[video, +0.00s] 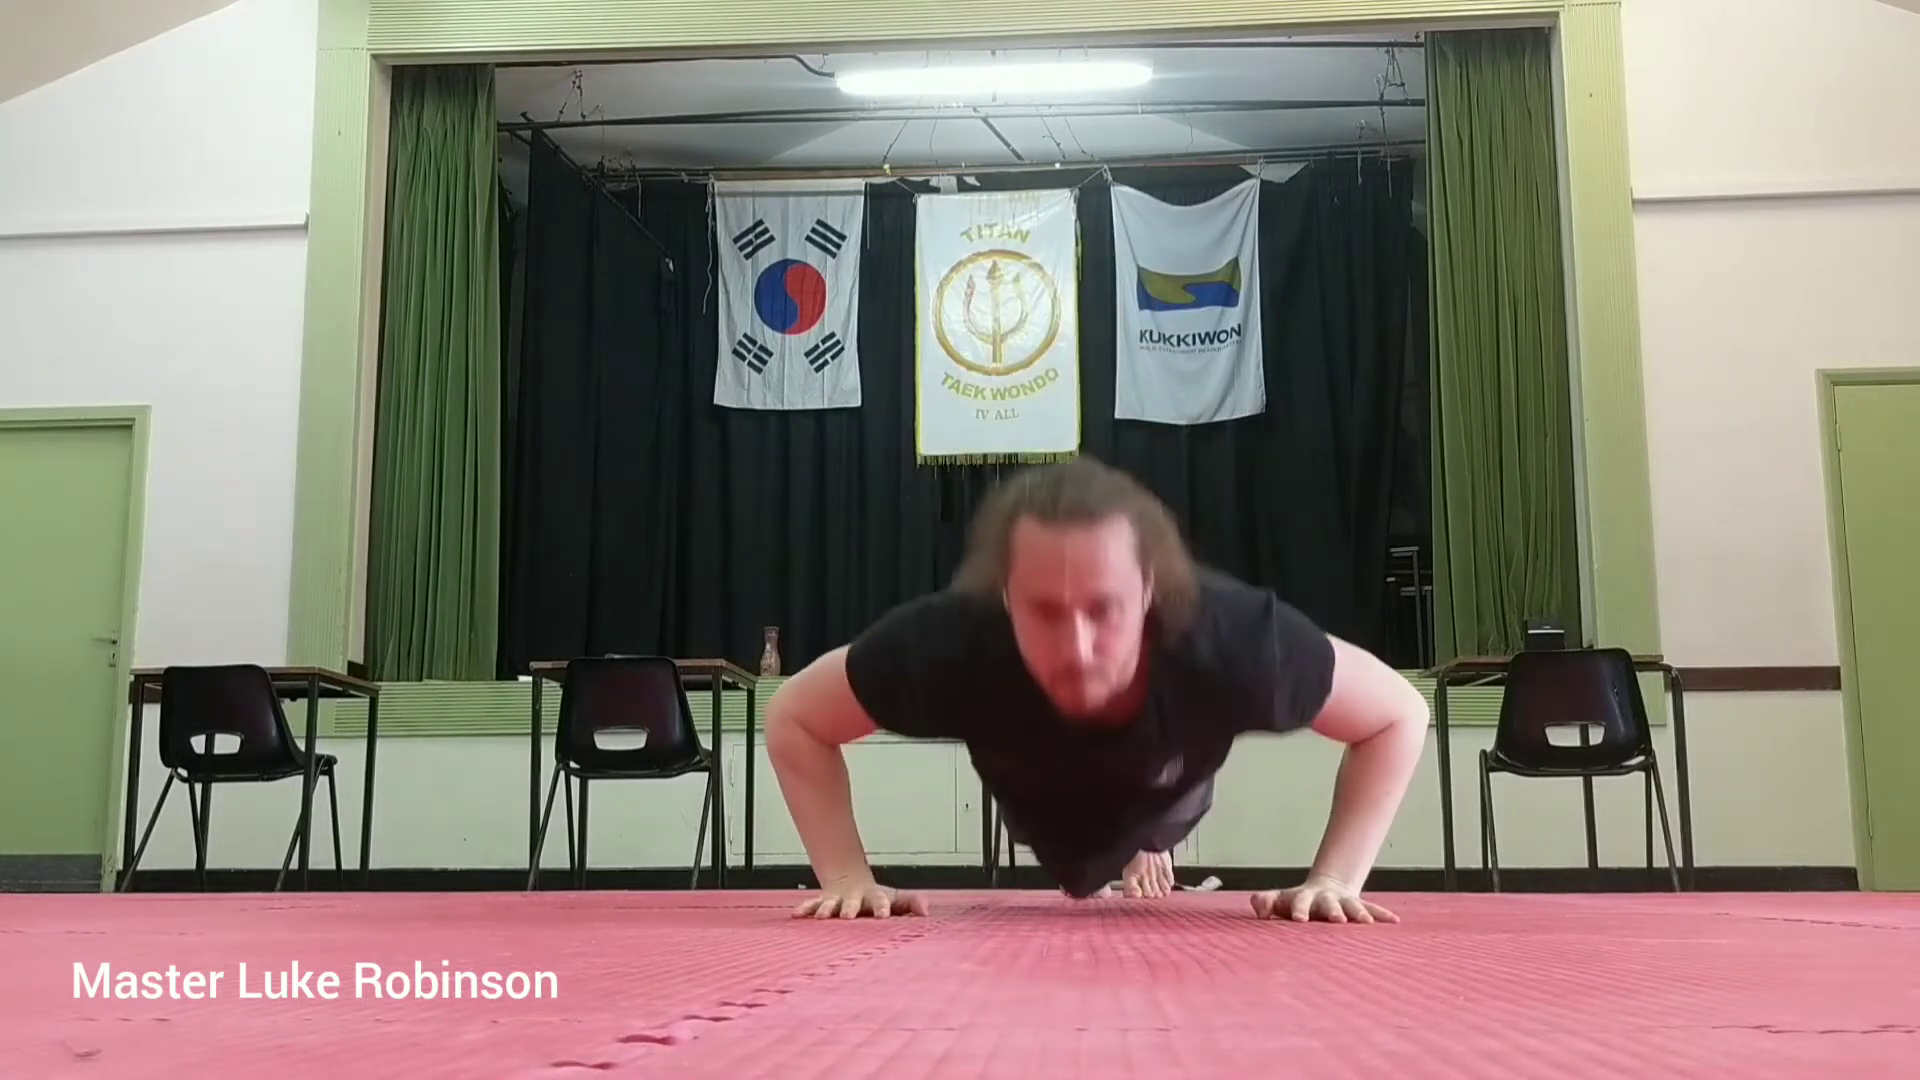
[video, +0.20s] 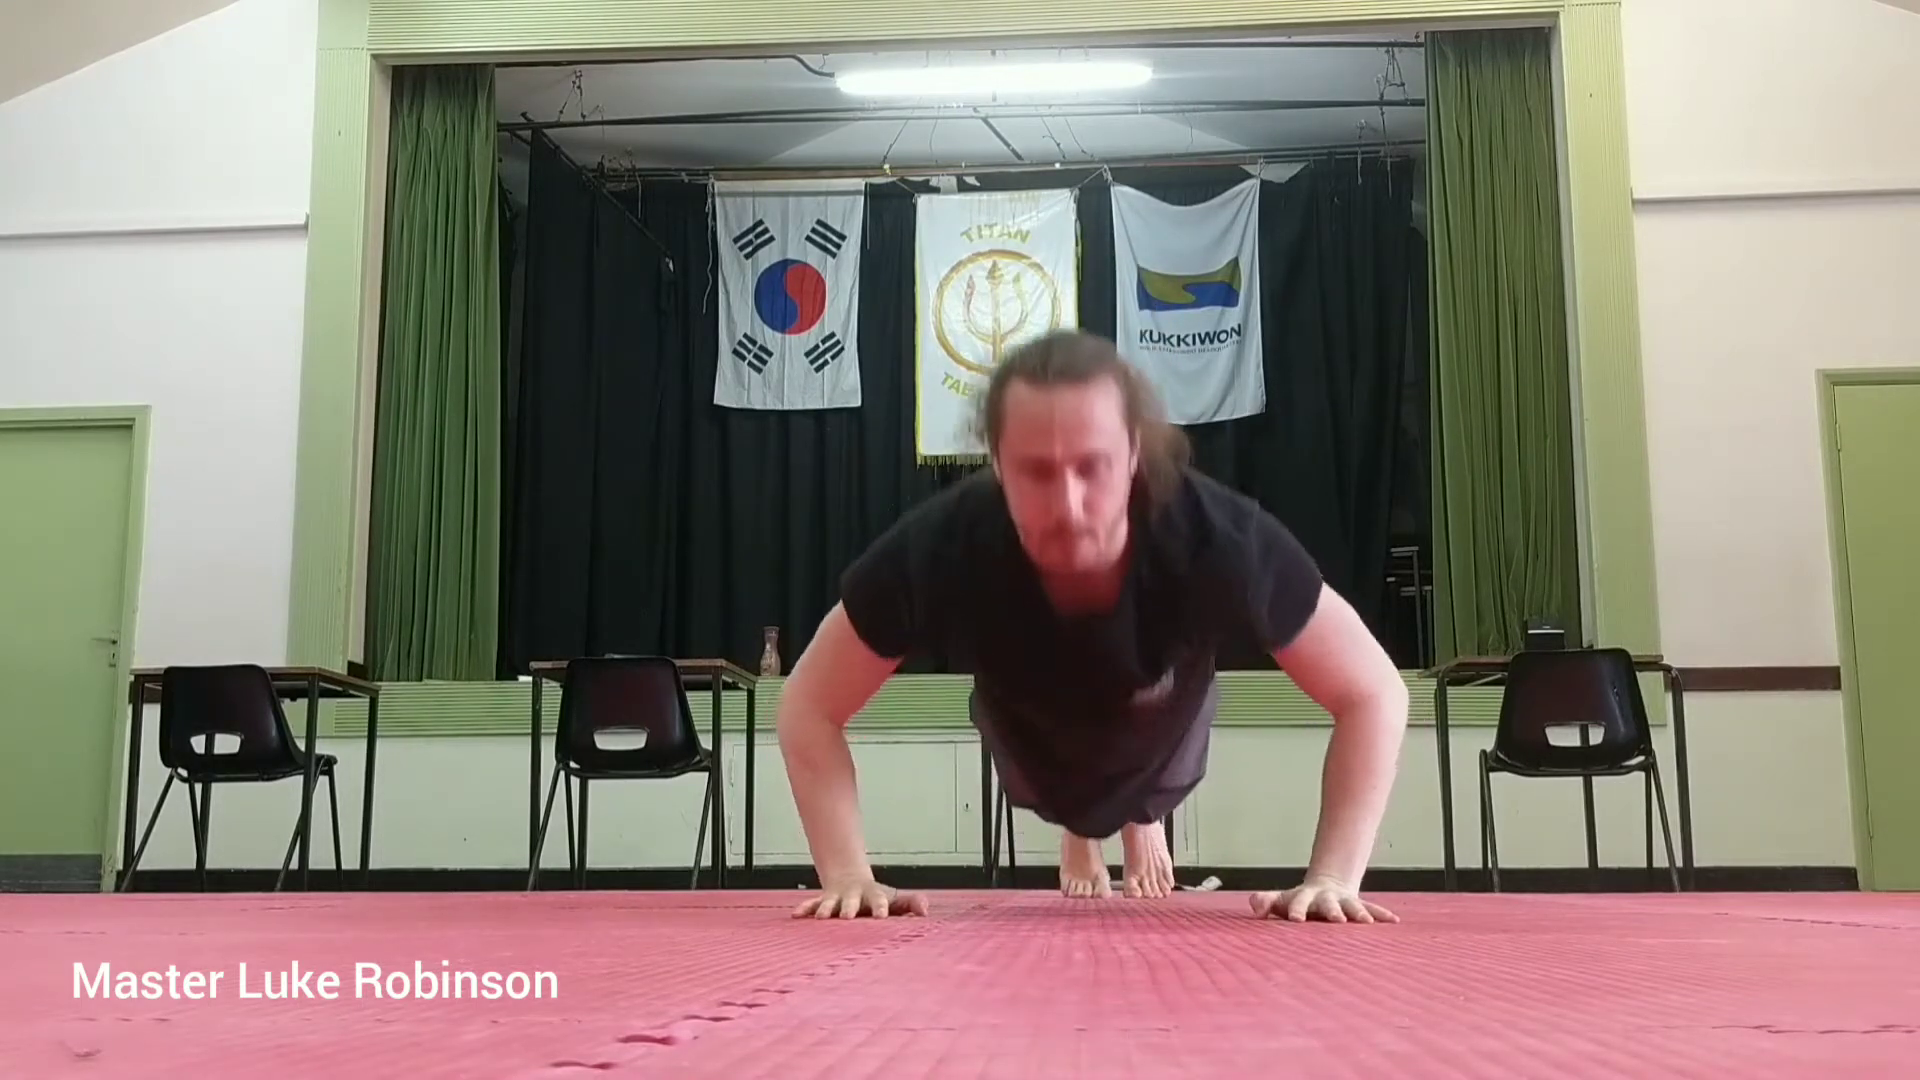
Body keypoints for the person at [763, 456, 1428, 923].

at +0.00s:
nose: (1079, 647)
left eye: (1103, 613)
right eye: (1048, 615)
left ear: (1151, 595)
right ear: (1007, 603)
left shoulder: (1236, 643)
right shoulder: (953, 645)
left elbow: (1399, 716)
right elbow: (796, 723)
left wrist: (1336, 879)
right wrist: (846, 877)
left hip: (1170, 795)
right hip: (1042, 805)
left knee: (1160, 831)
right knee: (1082, 865)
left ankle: (1152, 861)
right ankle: (1110, 875)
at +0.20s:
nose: (1069, 506)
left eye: (1091, 469)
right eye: (1039, 473)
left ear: (1134, 456)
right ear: (997, 466)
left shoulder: (1220, 542)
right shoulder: (943, 549)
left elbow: (1373, 695)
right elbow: (808, 709)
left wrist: (1335, 876)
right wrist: (845, 874)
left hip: (1161, 734)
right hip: (1039, 739)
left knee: (1150, 790)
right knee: (1070, 797)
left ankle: (1142, 829)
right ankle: (1080, 842)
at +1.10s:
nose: (1080, 476)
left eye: (1103, 445)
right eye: (1050, 448)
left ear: (1145, 410)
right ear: (1014, 422)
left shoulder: (1232, 453)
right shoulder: (975, 471)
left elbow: (1305, 673)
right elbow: (836, 630)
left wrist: (1331, 875)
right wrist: (728, 793)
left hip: (1198, 639)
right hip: (1080, 631)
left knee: (1174, 741)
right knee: (1075, 721)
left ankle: (1139, 812)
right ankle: (1059, 834)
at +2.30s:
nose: (1066, 533)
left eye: (1088, 507)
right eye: (1037, 511)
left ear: (1132, 467)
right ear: (995, 479)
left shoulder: (1204, 523)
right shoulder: (936, 523)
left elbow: (1336, 711)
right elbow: (816, 712)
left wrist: (1483, 885)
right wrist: (666, 889)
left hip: (1134, 676)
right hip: (1013, 685)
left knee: (1129, 765)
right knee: (1039, 776)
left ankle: (1128, 847)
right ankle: (1050, 855)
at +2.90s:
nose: (1072, 542)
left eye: (1093, 516)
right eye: (1041, 520)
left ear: (1142, 475)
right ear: (997, 488)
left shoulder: (1217, 524)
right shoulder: (946, 532)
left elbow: (1357, 722)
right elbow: (819, 732)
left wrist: (1518, 891)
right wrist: (664, 889)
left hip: (1151, 675)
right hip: (1028, 689)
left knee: (1138, 757)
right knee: (1048, 762)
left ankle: (1135, 849)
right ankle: (1062, 852)